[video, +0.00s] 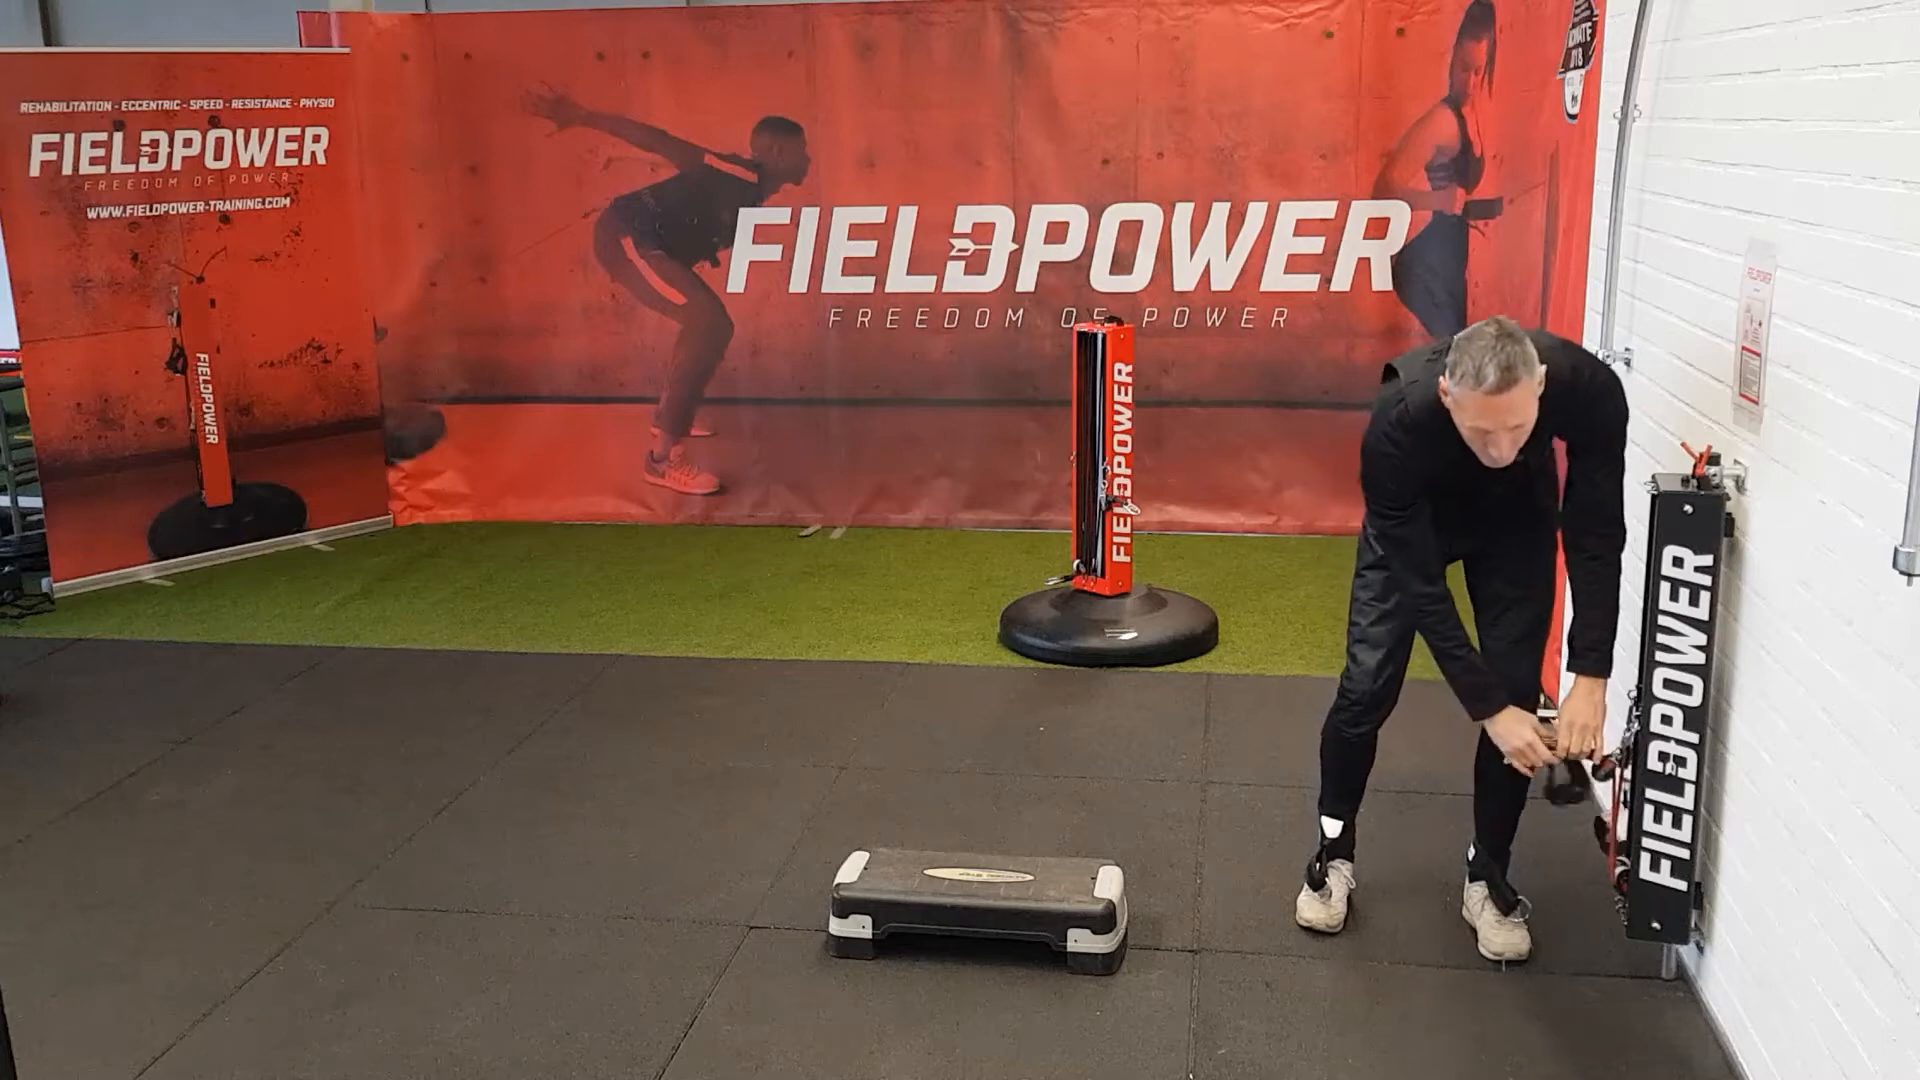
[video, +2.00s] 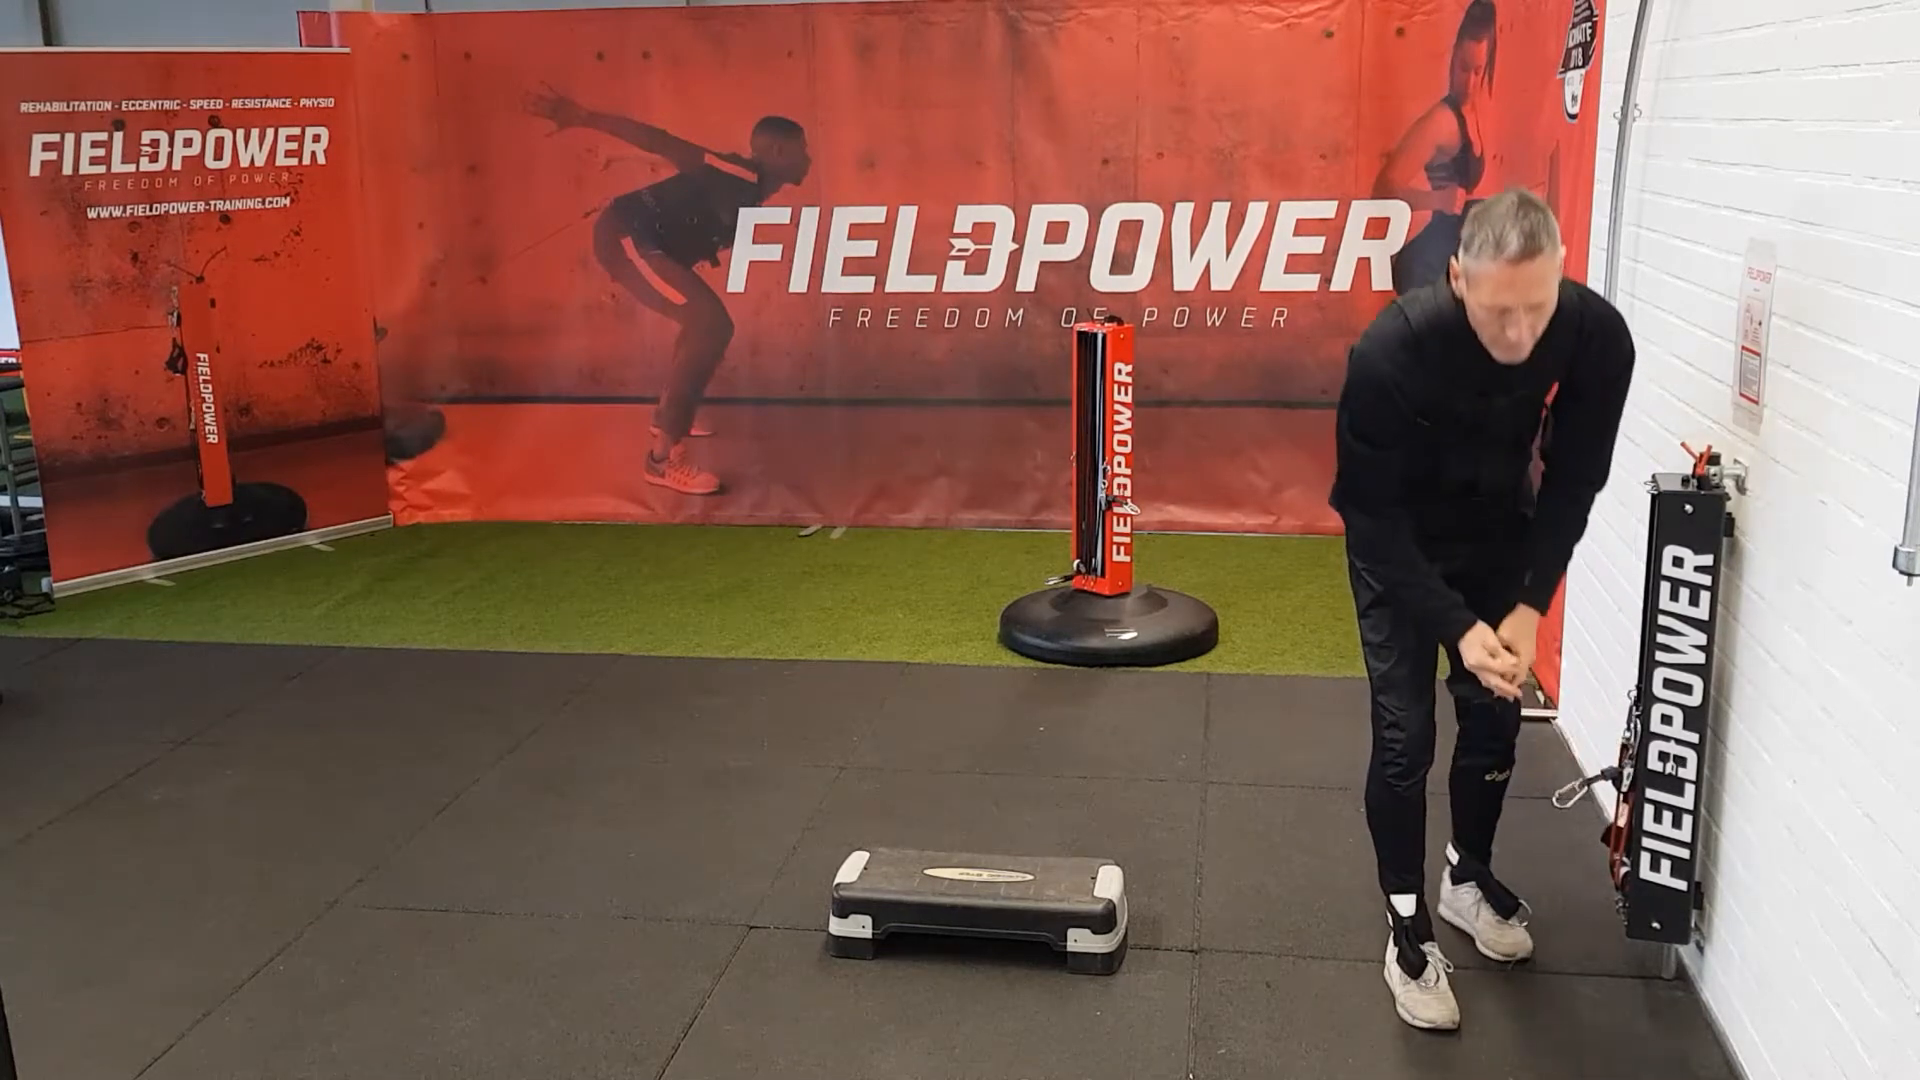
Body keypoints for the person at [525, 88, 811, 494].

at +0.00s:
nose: (807, 158)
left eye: (804, 149)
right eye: (800, 150)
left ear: (774, 151)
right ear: (772, 150)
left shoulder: (748, 192)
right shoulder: (733, 179)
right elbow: (659, 141)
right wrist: (583, 116)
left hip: (645, 238)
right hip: (627, 234)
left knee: (714, 323)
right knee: (709, 323)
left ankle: (671, 414)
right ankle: (664, 457)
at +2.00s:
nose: (808, 158)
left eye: (805, 149)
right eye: (801, 149)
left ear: (774, 151)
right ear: (773, 150)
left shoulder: (745, 185)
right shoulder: (735, 180)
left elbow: (660, 142)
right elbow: (659, 141)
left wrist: (583, 116)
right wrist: (583, 117)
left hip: (639, 234)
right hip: (627, 233)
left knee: (709, 322)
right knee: (713, 326)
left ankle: (670, 414)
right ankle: (664, 457)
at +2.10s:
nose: (808, 158)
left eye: (805, 149)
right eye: (801, 149)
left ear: (774, 151)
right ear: (774, 150)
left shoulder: (746, 186)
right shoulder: (734, 179)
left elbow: (660, 142)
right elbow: (658, 141)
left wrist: (583, 116)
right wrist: (583, 117)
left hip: (641, 235)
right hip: (627, 233)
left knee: (709, 322)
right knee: (713, 326)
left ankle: (670, 413)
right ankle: (664, 457)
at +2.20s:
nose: (807, 159)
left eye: (805, 150)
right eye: (801, 149)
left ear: (773, 151)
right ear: (772, 150)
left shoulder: (749, 190)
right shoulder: (735, 179)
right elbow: (661, 142)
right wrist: (582, 117)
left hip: (643, 236)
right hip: (626, 234)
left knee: (709, 322)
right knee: (712, 326)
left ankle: (670, 414)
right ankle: (665, 457)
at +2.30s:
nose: (807, 159)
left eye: (804, 150)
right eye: (800, 150)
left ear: (773, 151)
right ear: (771, 150)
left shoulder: (749, 191)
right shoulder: (736, 178)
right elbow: (662, 143)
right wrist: (582, 117)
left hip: (643, 236)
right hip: (627, 234)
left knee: (708, 322)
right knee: (713, 325)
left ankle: (670, 414)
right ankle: (665, 457)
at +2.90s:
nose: (807, 159)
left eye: (804, 150)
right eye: (800, 149)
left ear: (774, 151)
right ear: (772, 150)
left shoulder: (749, 191)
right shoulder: (735, 177)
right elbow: (661, 143)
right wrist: (582, 117)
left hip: (643, 236)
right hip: (627, 234)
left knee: (708, 322)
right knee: (713, 325)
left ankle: (670, 414)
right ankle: (665, 457)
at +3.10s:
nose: (807, 159)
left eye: (804, 150)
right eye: (801, 150)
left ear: (773, 151)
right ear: (772, 150)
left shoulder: (748, 188)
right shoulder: (736, 177)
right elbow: (662, 143)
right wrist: (582, 117)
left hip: (642, 236)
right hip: (627, 234)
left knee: (710, 321)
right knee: (712, 325)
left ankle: (670, 413)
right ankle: (665, 457)